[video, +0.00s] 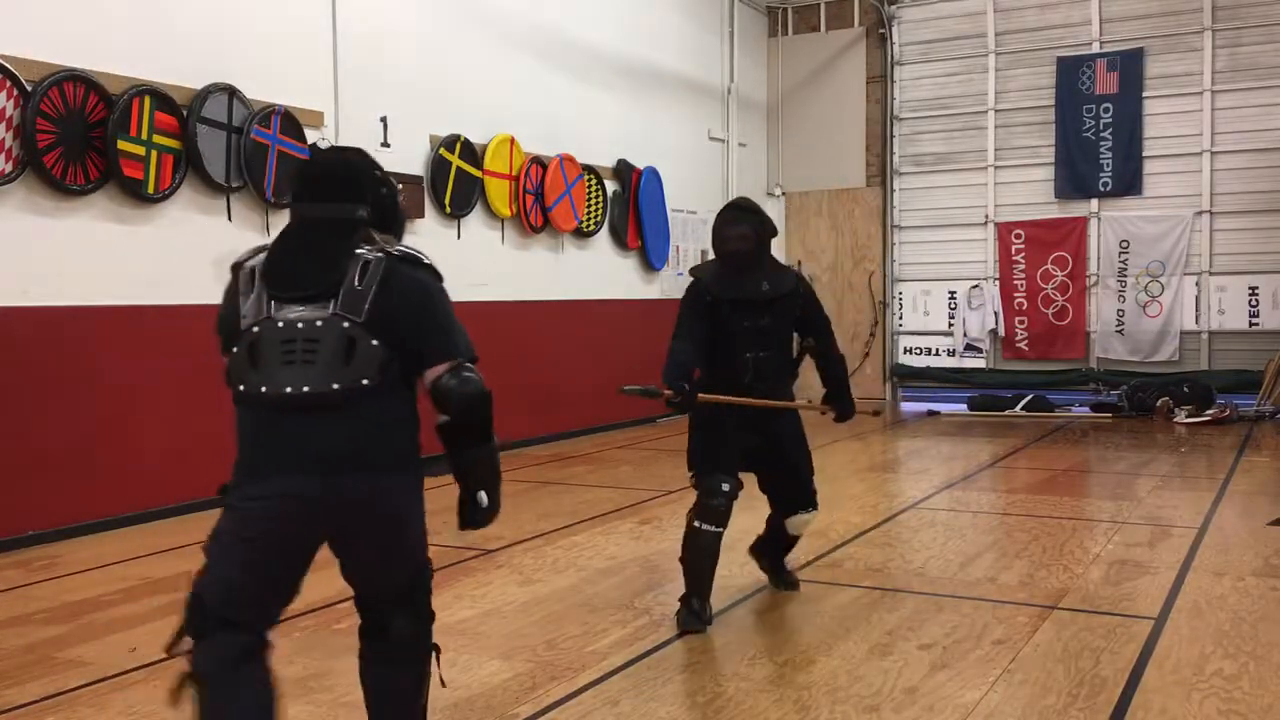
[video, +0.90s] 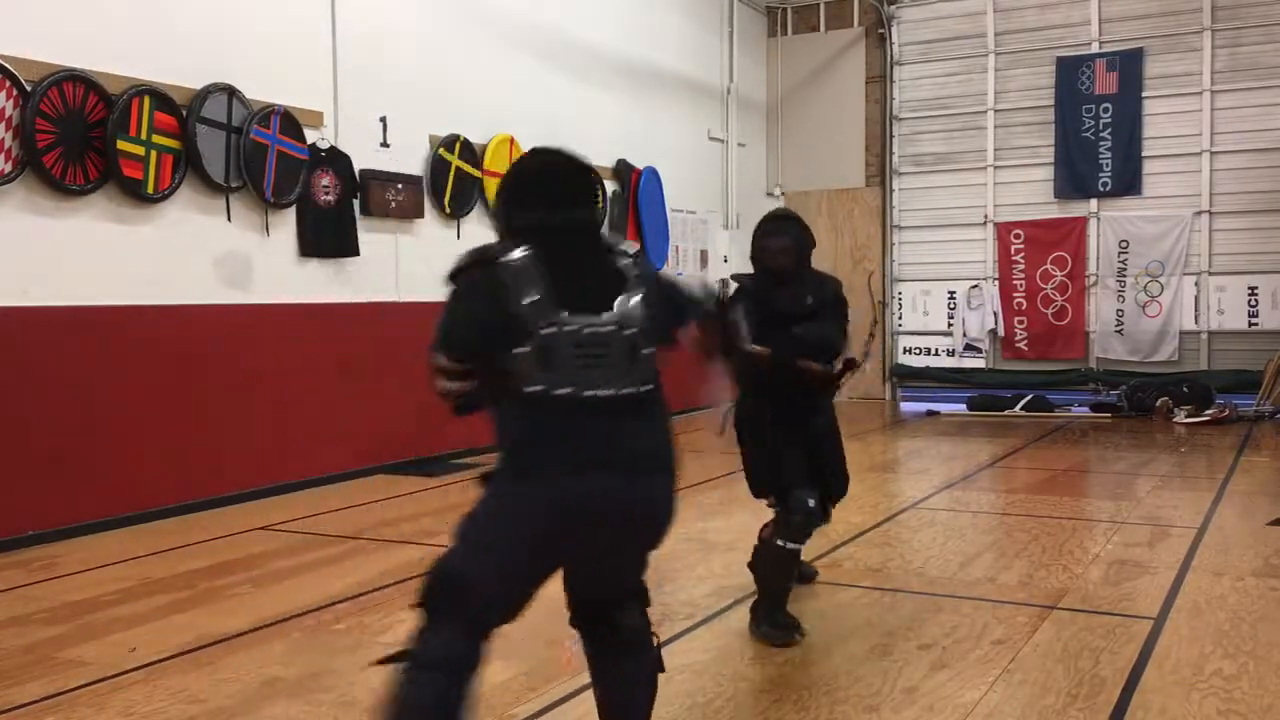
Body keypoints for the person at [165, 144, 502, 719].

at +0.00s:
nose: (397, 211)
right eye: (390, 202)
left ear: (300, 206)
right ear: (372, 208)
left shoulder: (248, 279)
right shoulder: (401, 276)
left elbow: (240, 371)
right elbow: (460, 392)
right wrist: (478, 479)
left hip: (272, 488)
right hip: (378, 488)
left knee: (226, 628)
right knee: (396, 624)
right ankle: (397, 710)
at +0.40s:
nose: (436, 211)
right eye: (428, 201)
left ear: (332, 209)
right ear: (412, 207)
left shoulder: (278, 285)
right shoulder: (438, 282)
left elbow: (269, 398)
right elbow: (485, 412)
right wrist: (508, 514)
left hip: (306, 510)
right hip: (414, 503)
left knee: (284, 672)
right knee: (458, 585)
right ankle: (460, 708)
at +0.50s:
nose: (455, 211)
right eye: (447, 202)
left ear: (355, 207)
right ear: (431, 208)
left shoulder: (299, 285)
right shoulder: (458, 285)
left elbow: (291, 389)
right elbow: (507, 412)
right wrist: (527, 513)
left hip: (328, 512)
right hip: (438, 504)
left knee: (290, 671)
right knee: (492, 602)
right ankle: (528, 706)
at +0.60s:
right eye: (471, 206)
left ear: (381, 213)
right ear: (462, 212)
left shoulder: (332, 290)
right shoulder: (487, 290)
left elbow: (318, 379)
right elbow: (538, 414)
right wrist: (557, 512)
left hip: (360, 522)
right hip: (471, 519)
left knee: (306, 671)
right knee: (547, 634)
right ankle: (596, 709)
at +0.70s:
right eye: (510, 213)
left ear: (428, 220)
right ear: (503, 221)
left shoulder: (380, 296)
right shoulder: (536, 297)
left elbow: (363, 376)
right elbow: (592, 414)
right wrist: (608, 509)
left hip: (405, 525)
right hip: (518, 527)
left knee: (333, 666)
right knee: (588, 649)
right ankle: (620, 710)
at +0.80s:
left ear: (473, 225)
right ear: (549, 222)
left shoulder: (433, 294)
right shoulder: (585, 292)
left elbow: (413, 388)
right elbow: (667, 386)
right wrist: (706, 476)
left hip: (474, 505)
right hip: (576, 504)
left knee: (383, 647)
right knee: (598, 620)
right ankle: (626, 709)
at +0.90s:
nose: (500, 219)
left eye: (505, 208)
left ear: (511, 213)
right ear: (590, 208)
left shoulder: (491, 279)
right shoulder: (632, 271)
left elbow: (453, 372)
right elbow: (676, 315)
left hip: (540, 490)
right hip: (639, 487)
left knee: (458, 611)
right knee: (612, 606)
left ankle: (424, 705)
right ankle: (629, 707)